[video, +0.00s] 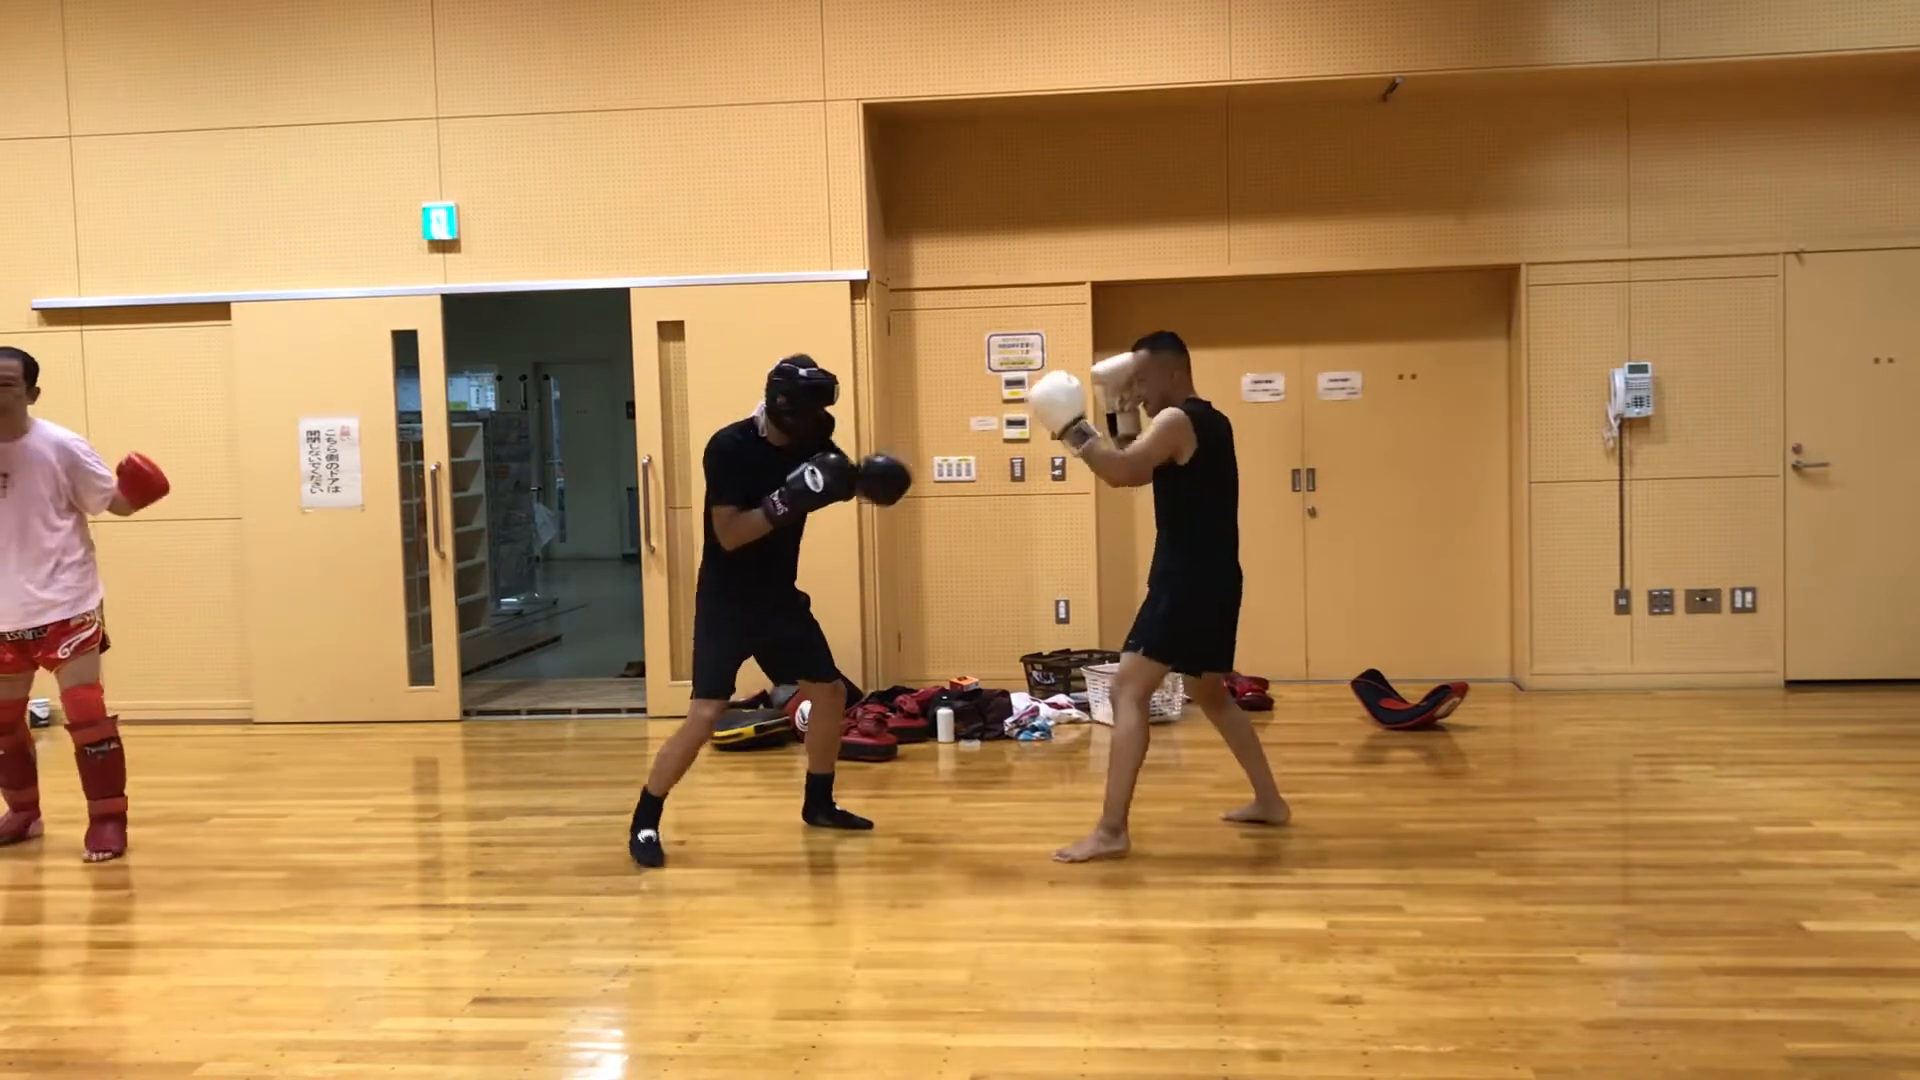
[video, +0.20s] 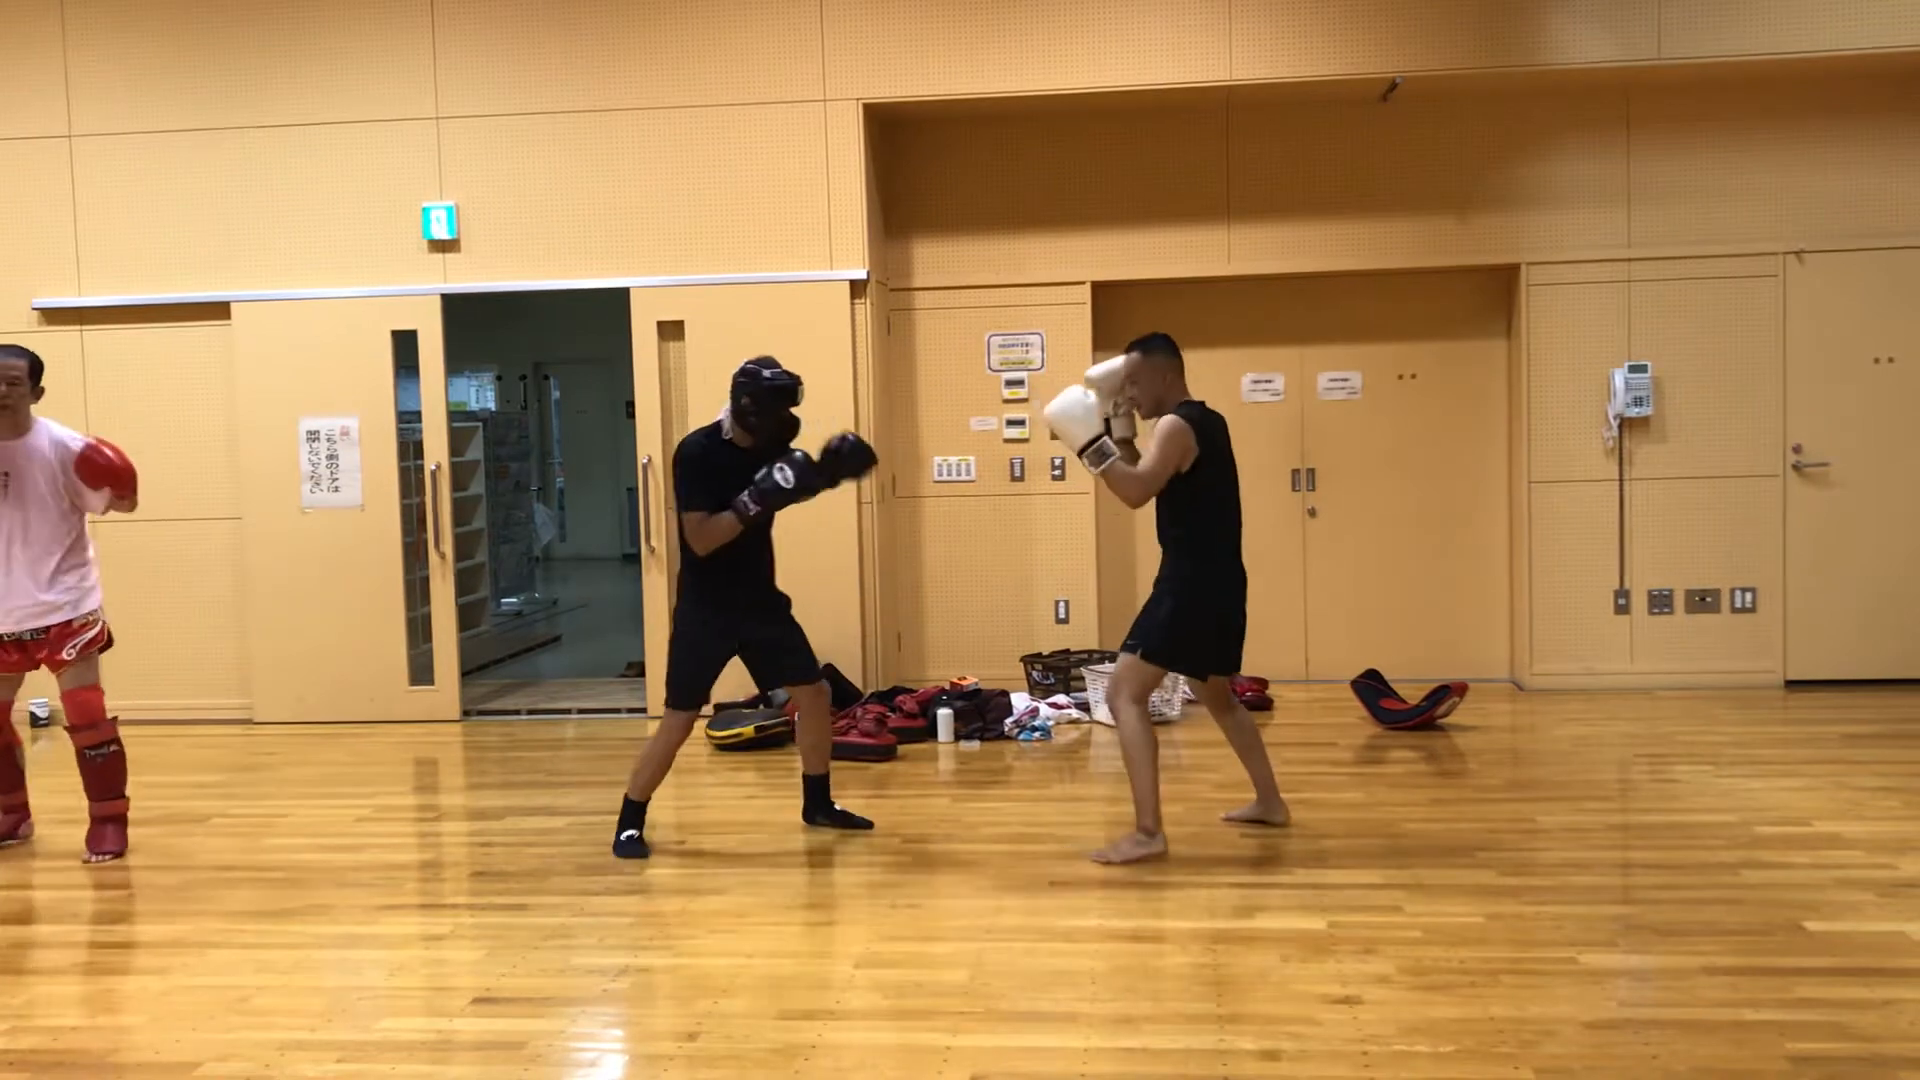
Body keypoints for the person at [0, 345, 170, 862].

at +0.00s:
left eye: (7, 383)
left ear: (31, 391)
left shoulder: (58, 448)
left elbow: (110, 499)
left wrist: (134, 493)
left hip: (66, 599)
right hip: (6, 606)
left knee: (84, 710)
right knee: (6, 719)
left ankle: (107, 821)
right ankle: (22, 811)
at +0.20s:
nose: (4, 389)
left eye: (13, 381)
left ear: (35, 390)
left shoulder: (58, 446)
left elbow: (114, 502)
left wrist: (123, 484)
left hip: (66, 599)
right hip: (6, 605)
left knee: (83, 709)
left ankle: (107, 821)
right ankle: (10, 811)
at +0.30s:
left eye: (5, 382)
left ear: (22, 389)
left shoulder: (43, 442)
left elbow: (108, 493)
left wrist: (102, 458)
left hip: (49, 598)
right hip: (2, 605)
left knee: (75, 712)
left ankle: (105, 820)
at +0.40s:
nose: (2, 397)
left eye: (3, 389)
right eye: (3, 389)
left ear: (8, 390)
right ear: (6, 390)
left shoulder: (23, 443)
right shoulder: (22, 443)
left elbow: (92, 495)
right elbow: (90, 494)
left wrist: (89, 464)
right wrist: (87, 465)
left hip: (35, 600)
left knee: (67, 714)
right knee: (64, 716)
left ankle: (97, 820)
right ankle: (96, 820)